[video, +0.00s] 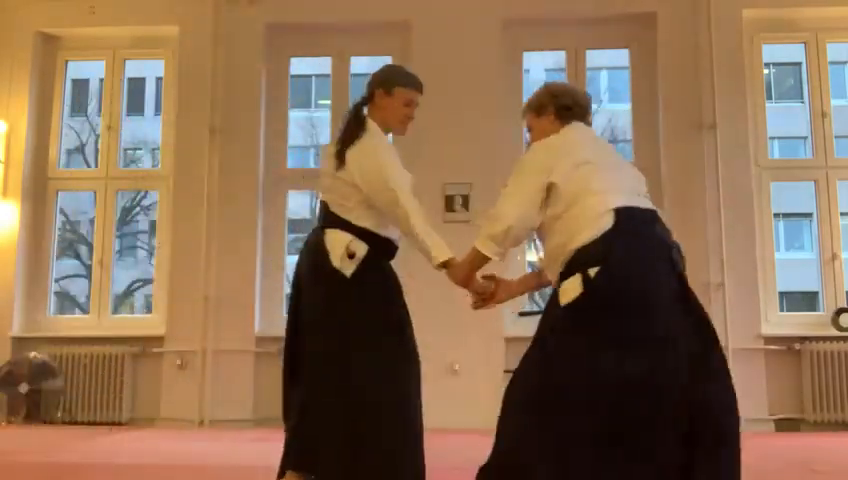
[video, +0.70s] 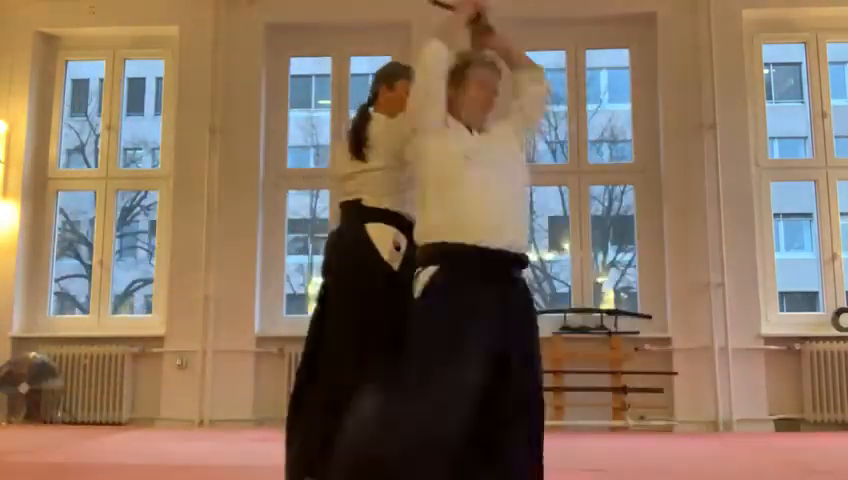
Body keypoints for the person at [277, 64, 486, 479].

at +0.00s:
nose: (413, 113)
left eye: (415, 106)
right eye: (408, 103)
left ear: (380, 101)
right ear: (379, 97)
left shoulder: (355, 137)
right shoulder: (373, 146)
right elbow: (404, 206)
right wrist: (446, 260)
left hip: (327, 260)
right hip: (354, 267)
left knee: (327, 372)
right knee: (389, 370)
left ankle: (302, 467)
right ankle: (382, 470)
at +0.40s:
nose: (422, 118)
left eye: (425, 110)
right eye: (417, 108)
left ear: (387, 104)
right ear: (391, 101)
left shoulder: (343, 142)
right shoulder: (393, 155)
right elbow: (441, 207)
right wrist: (473, 223)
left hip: (322, 263)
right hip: (363, 269)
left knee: (328, 366)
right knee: (403, 365)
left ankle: (315, 464)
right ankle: (386, 468)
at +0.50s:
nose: (421, 118)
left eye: (424, 111)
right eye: (416, 108)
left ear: (384, 105)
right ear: (389, 102)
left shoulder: (337, 146)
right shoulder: (399, 153)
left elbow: (333, 195)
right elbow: (444, 178)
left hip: (324, 258)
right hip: (368, 263)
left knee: (329, 363)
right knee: (414, 361)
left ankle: (321, 463)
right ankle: (395, 467)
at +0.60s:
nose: (420, 114)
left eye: (422, 105)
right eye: (414, 103)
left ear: (381, 100)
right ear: (387, 97)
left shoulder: (339, 145)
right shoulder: (405, 142)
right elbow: (454, 139)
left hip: (331, 252)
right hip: (375, 257)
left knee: (329, 360)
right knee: (396, 358)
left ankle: (323, 461)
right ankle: (380, 464)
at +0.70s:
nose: (413, 101)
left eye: (412, 93)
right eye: (408, 93)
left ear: (383, 92)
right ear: (388, 92)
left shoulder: (355, 128)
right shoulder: (394, 129)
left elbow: (343, 188)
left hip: (346, 236)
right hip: (381, 239)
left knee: (337, 351)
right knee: (374, 353)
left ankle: (318, 457)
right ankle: (361, 459)